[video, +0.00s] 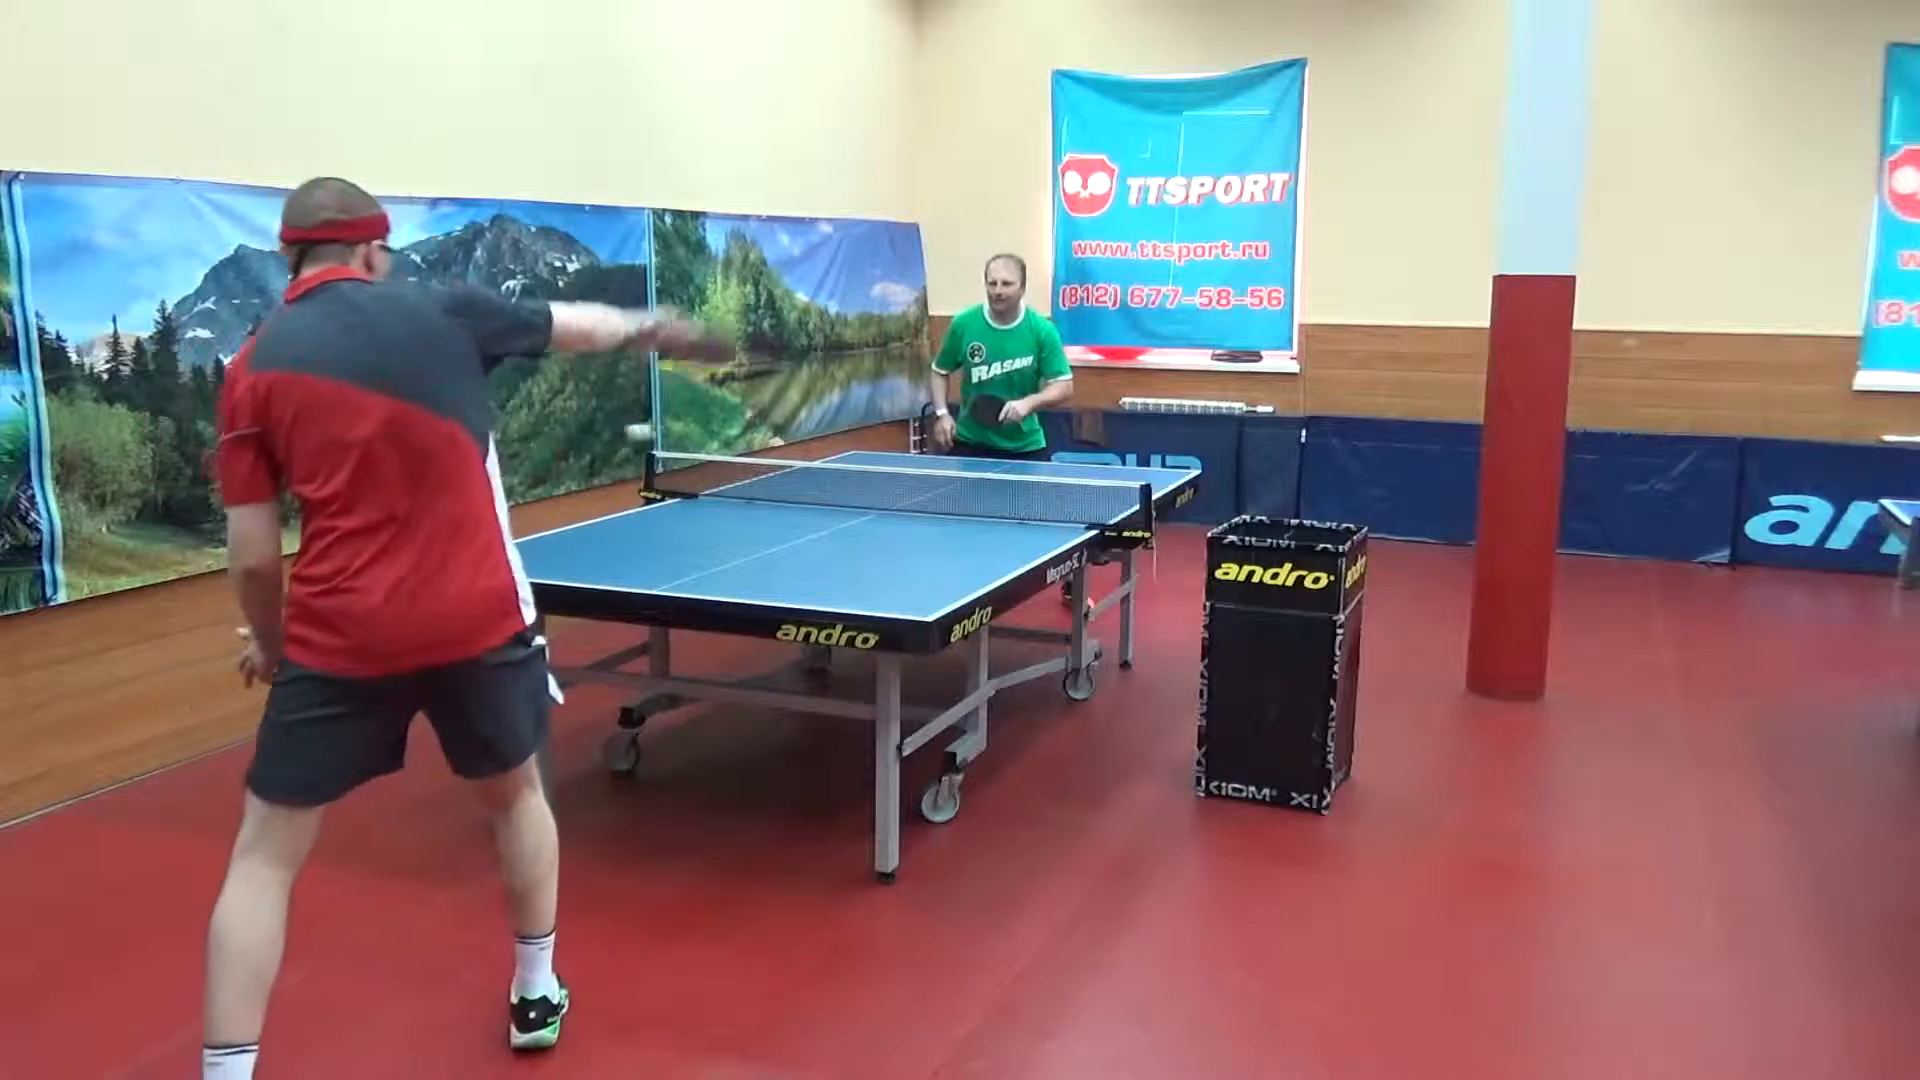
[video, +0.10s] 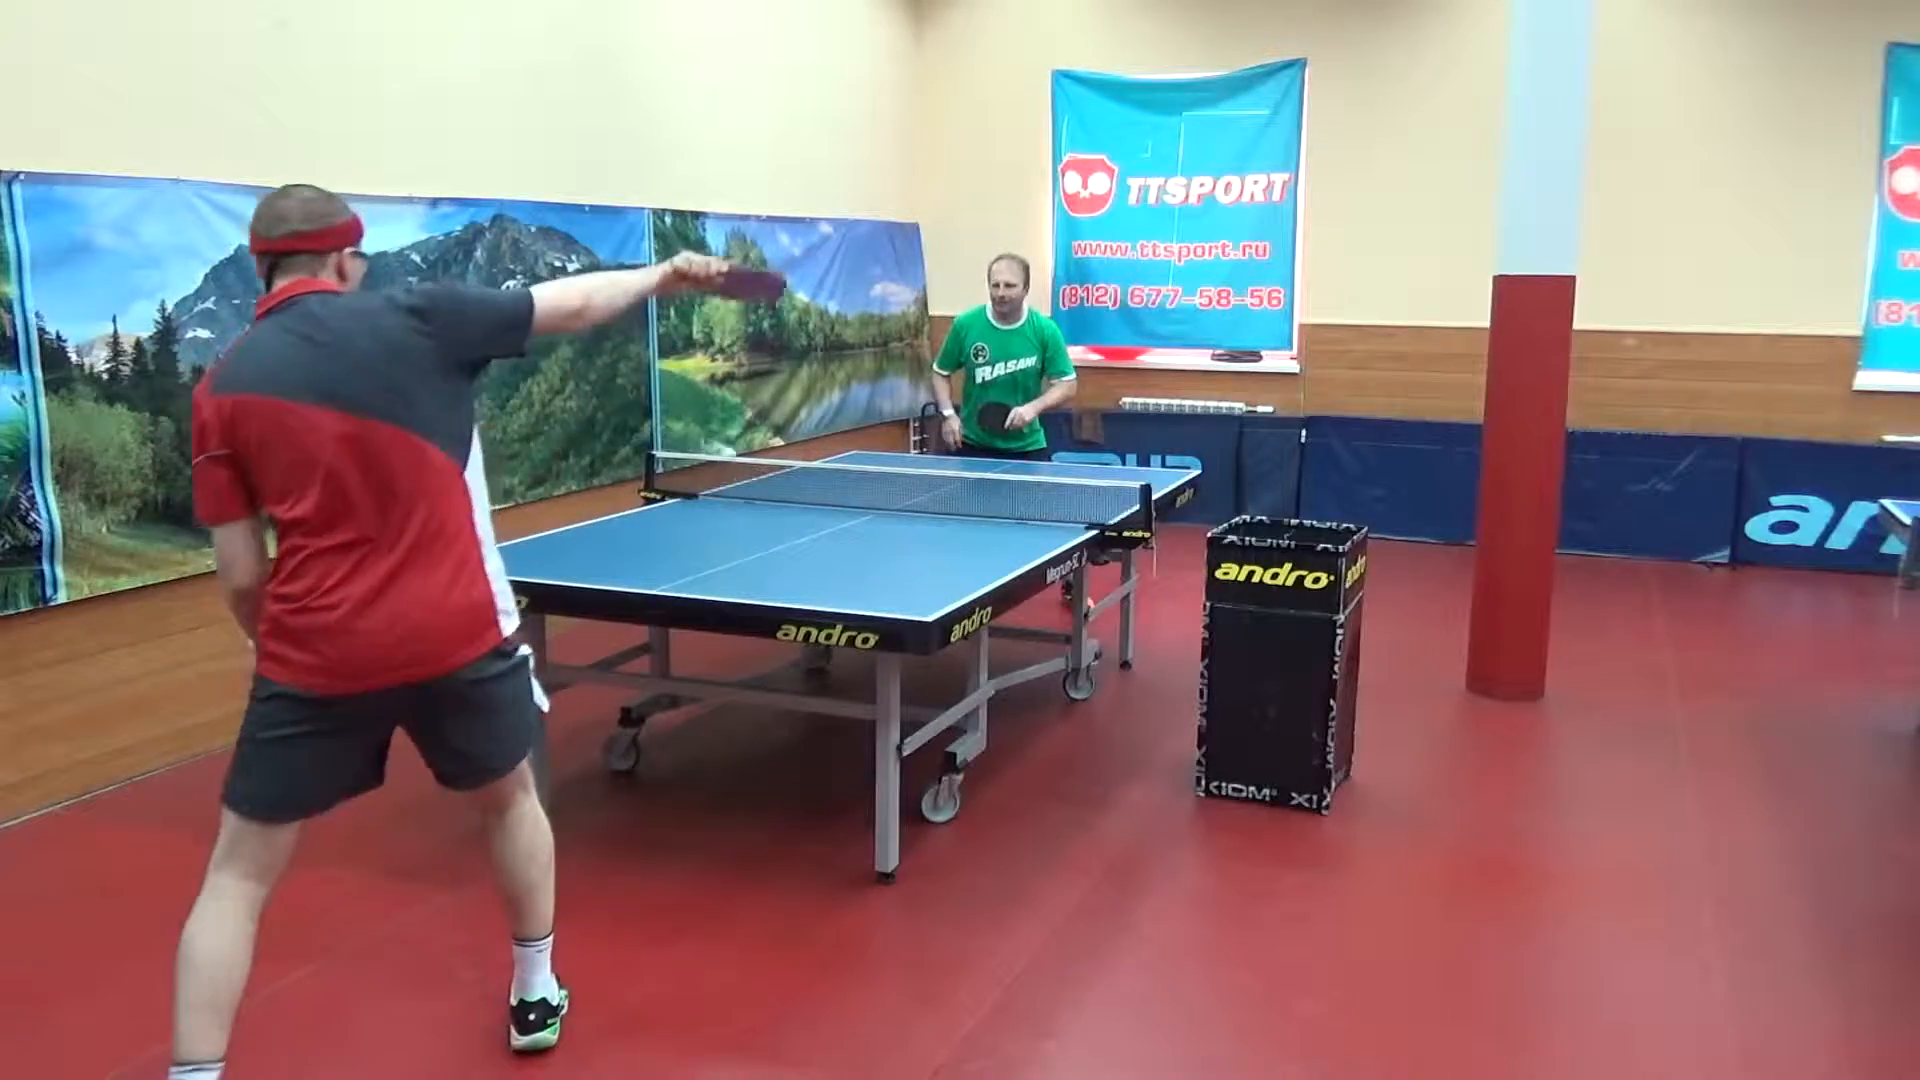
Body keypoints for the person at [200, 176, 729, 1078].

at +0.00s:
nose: (386, 260)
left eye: (380, 250)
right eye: (384, 249)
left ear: (291, 258)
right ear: (375, 250)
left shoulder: (254, 367)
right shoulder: (444, 309)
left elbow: (255, 554)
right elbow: (597, 328)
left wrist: (270, 648)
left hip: (339, 631)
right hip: (477, 616)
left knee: (265, 855)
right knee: (515, 796)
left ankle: (227, 1070)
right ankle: (538, 995)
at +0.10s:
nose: (361, 270)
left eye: (354, 259)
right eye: (358, 259)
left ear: (262, 270)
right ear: (344, 262)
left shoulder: (225, 383)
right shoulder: (421, 316)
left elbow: (242, 575)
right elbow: (575, 303)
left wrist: (286, 658)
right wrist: (661, 273)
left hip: (316, 653)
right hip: (455, 630)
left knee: (239, 871)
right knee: (508, 799)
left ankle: (193, 1070)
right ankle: (536, 995)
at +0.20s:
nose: (336, 283)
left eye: (329, 270)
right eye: (332, 271)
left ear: (234, 282)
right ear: (315, 276)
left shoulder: (179, 401)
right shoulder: (375, 339)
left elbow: (207, 588)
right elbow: (543, 337)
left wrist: (271, 662)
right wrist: (644, 303)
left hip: (270, 680)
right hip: (411, 660)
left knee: (208, 907)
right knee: (491, 811)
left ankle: (157, 1074)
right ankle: (533, 997)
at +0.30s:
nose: (311, 298)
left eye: (308, 283)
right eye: (305, 284)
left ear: (202, 289)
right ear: (280, 286)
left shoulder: (129, 410)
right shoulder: (327, 361)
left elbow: (158, 601)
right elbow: (503, 401)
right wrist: (597, 385)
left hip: (218, 711)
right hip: (365, 688)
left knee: (187, 920)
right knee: (467, 823)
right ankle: (532, 996)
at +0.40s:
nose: (290, 285)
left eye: (285, 269)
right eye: (284, 270)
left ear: (182, 281)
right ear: (259, 276)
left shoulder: (99, 399)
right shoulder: (298, 365)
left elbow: (111, 590)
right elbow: (445, 460)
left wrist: (185, 657)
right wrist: (543, 483)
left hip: (187, 710)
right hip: (332, 686)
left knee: (179, 922)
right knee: (450, 838)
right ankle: (518, 1008)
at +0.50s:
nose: (289, 269)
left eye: (284, 252)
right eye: (283, 252)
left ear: (180, 262)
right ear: (260, 255)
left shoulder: (95, 382)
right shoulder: (290, 357)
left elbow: (97, 561)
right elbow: (405, 505)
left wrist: (156, 663)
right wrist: (497, 572)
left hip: (180, 700)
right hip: (324, 677)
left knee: (174, 914)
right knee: (434, 832)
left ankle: (144, 1078)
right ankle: (476, 1048)